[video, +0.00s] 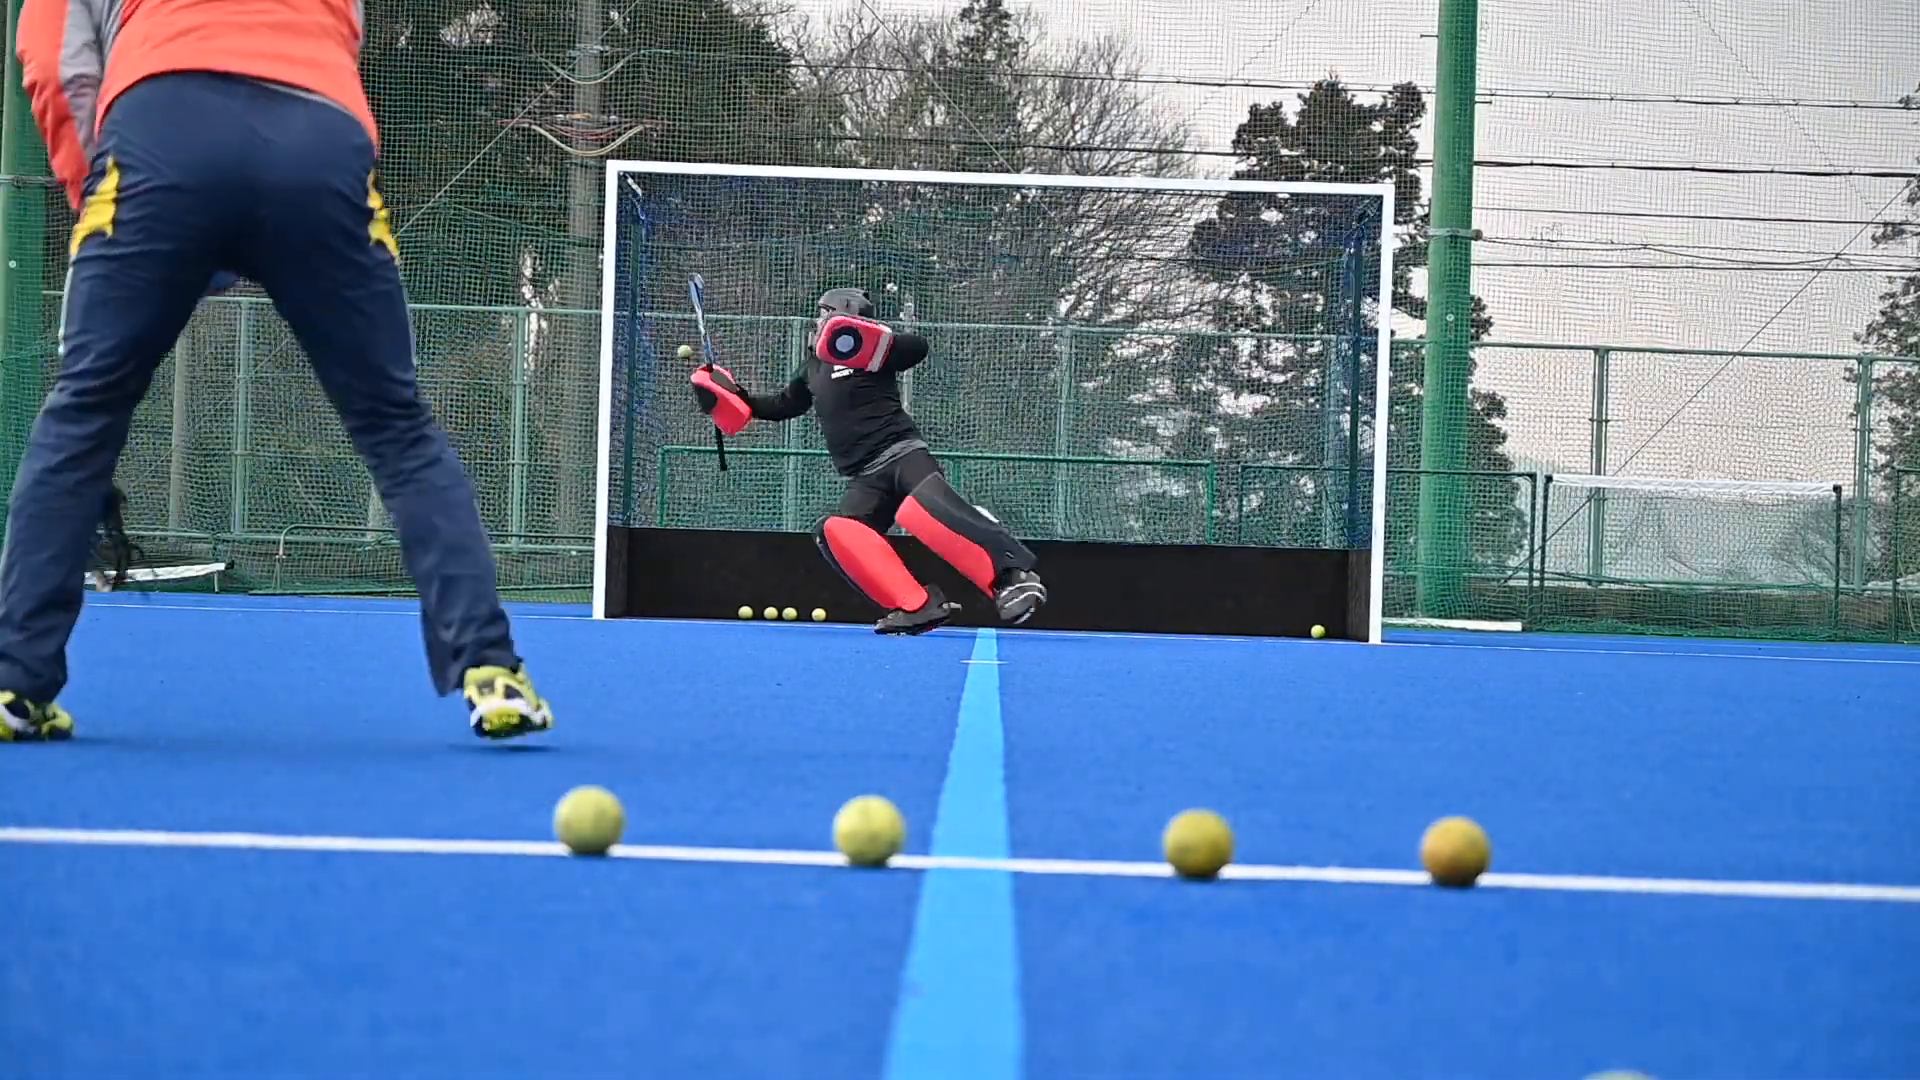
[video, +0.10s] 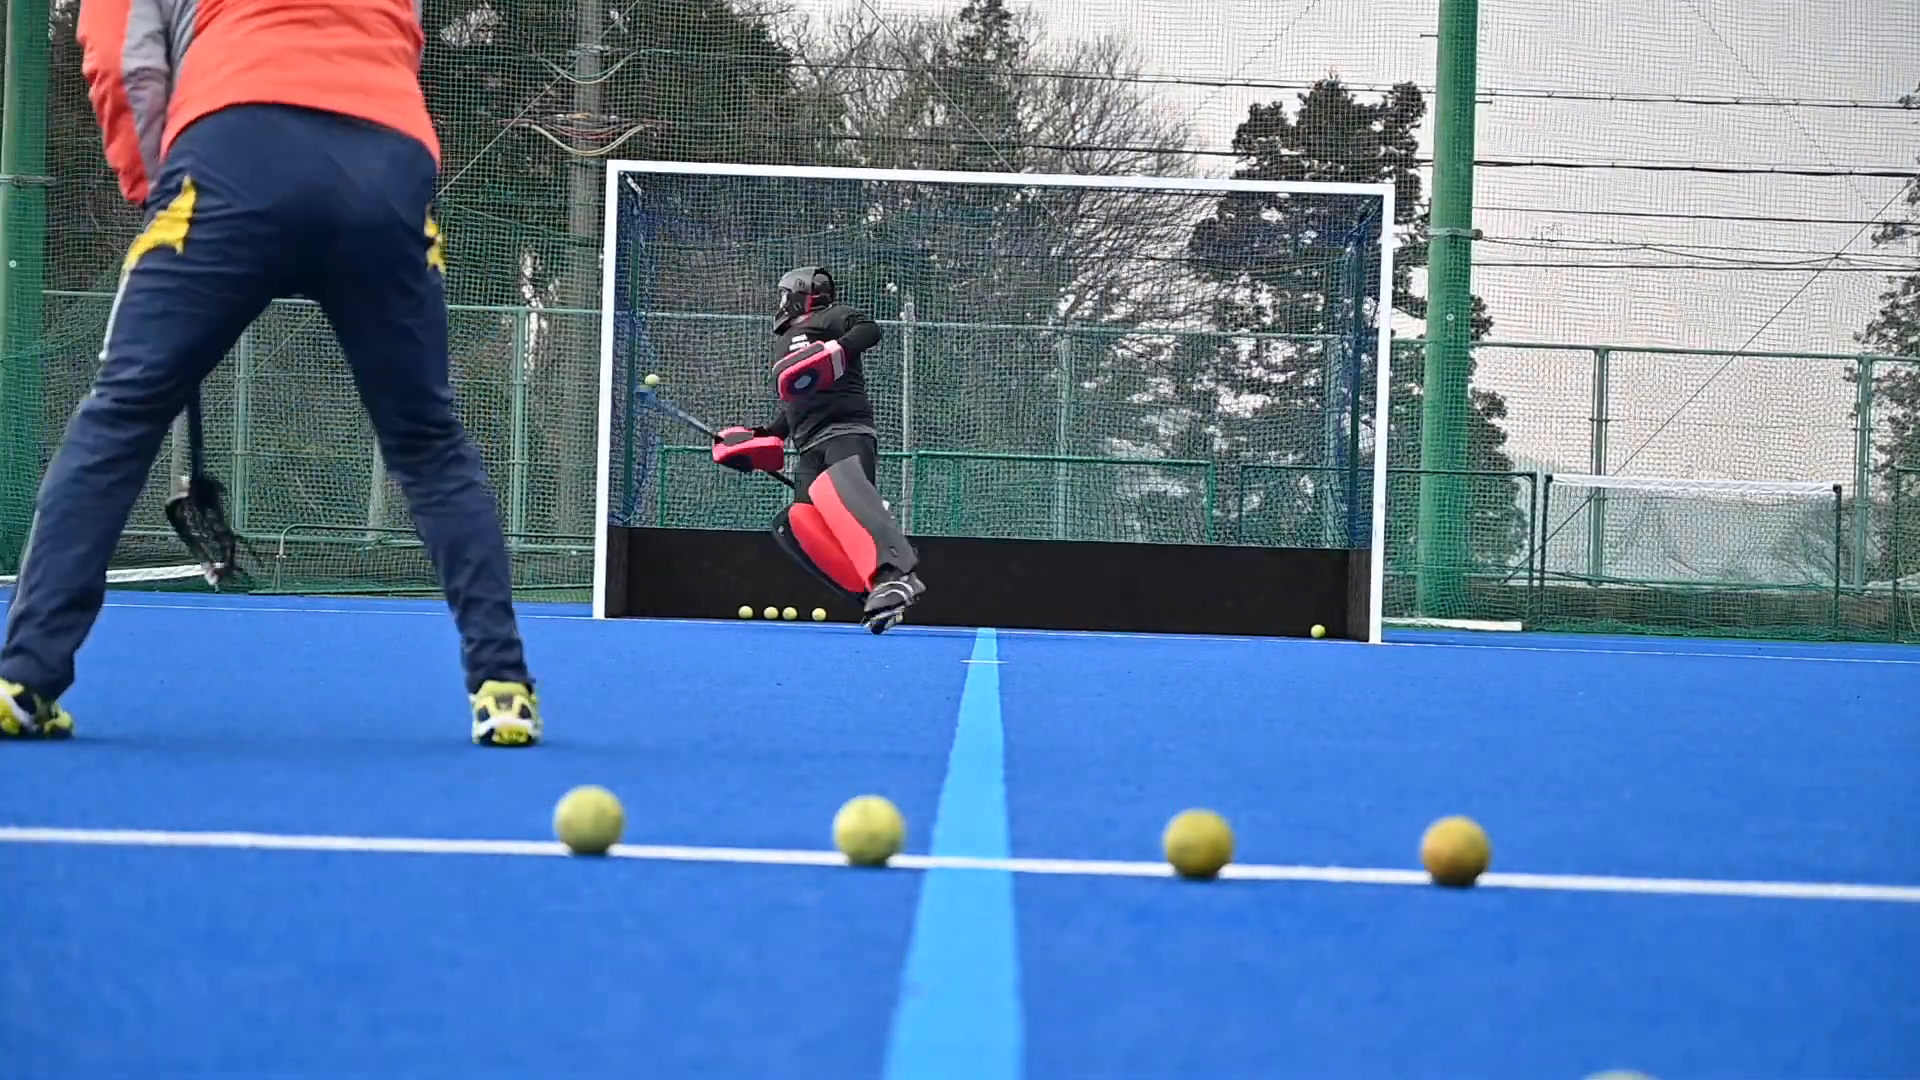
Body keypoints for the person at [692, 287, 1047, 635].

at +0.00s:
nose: (828, 329)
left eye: (838, 322)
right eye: (824, 322)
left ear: (859, 322)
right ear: (817, 326)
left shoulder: (874, 352)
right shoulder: (811, 368)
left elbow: (919, 348)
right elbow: (780, 404)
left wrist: (866, 335)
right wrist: (731, 393)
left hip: (903, 452)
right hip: (862, 478)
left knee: (929, 505)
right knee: (838, 531)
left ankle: (1015, 577)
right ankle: (919, 605)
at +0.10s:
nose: (779, 303)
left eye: (786, 296)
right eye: (782, 297)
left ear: (805, 296)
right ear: (805, 296)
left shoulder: (830, 316)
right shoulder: (784, 344)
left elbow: (870, 330)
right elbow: (794, 404)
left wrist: (834, 351)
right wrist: (762, 435)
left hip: (845, 428)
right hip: (809, 447)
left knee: (847, 485)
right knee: (792, 525)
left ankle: (897, 575)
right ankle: (872, 593)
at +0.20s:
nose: (736, 312)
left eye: (740, 305)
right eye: (737, 306)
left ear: (755, 304)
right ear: (759, 304)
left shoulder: (776, 320)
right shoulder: (753, 342)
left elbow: (807, 349)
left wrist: (780, 378)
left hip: (809, 432)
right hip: (782, 439)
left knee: (780, 496)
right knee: (762, 502)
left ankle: (788, 582)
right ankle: (772, 585)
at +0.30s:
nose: (699, 336)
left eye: (702, 329)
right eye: (699, 330)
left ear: (713, 324)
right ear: (739, 326)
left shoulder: (724, 341)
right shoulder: (759, 361)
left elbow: (743, 377)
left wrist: (708, 418)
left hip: (759, 448)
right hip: (784, 455)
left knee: (710, 514)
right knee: (722, 525)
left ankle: (704, 594)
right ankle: (717, 599)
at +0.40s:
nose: (699, 324)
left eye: (700, 320)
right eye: (696, 320)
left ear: (681, 332)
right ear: (716, 333)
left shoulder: (684, 352)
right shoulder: (743, 368)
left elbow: (682, 393)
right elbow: (765, 425)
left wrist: (645, 431)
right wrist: (775, 483)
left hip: (711, 452)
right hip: (753, 462)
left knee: (649, 517)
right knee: (702, 536)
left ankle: (600, 592)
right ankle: (711, 597)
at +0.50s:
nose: (668, 307)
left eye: (666, 303)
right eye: (669, 302)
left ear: (653, 312)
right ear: (688, 311)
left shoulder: (649, 343)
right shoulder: (716, 349)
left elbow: (631, 394)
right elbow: (739, 408)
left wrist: (588, 434)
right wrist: (757, 465)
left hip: (668, 451)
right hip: (715, 459)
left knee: (616, 520)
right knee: (694, 539)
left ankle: (575, 596)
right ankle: (708, 590)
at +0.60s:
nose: (631, 301)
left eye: (626, 297)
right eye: (642, 294)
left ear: (620, 303)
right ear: (657, 300)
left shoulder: (612, 340)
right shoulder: (689, 337)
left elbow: (583, 396)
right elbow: (712, 395)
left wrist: (547, 433)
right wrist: (733, 439)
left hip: (627, 460)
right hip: (679, 462)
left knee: (590, 531)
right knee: (679, 537)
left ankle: (559, 602)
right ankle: (691, 564)